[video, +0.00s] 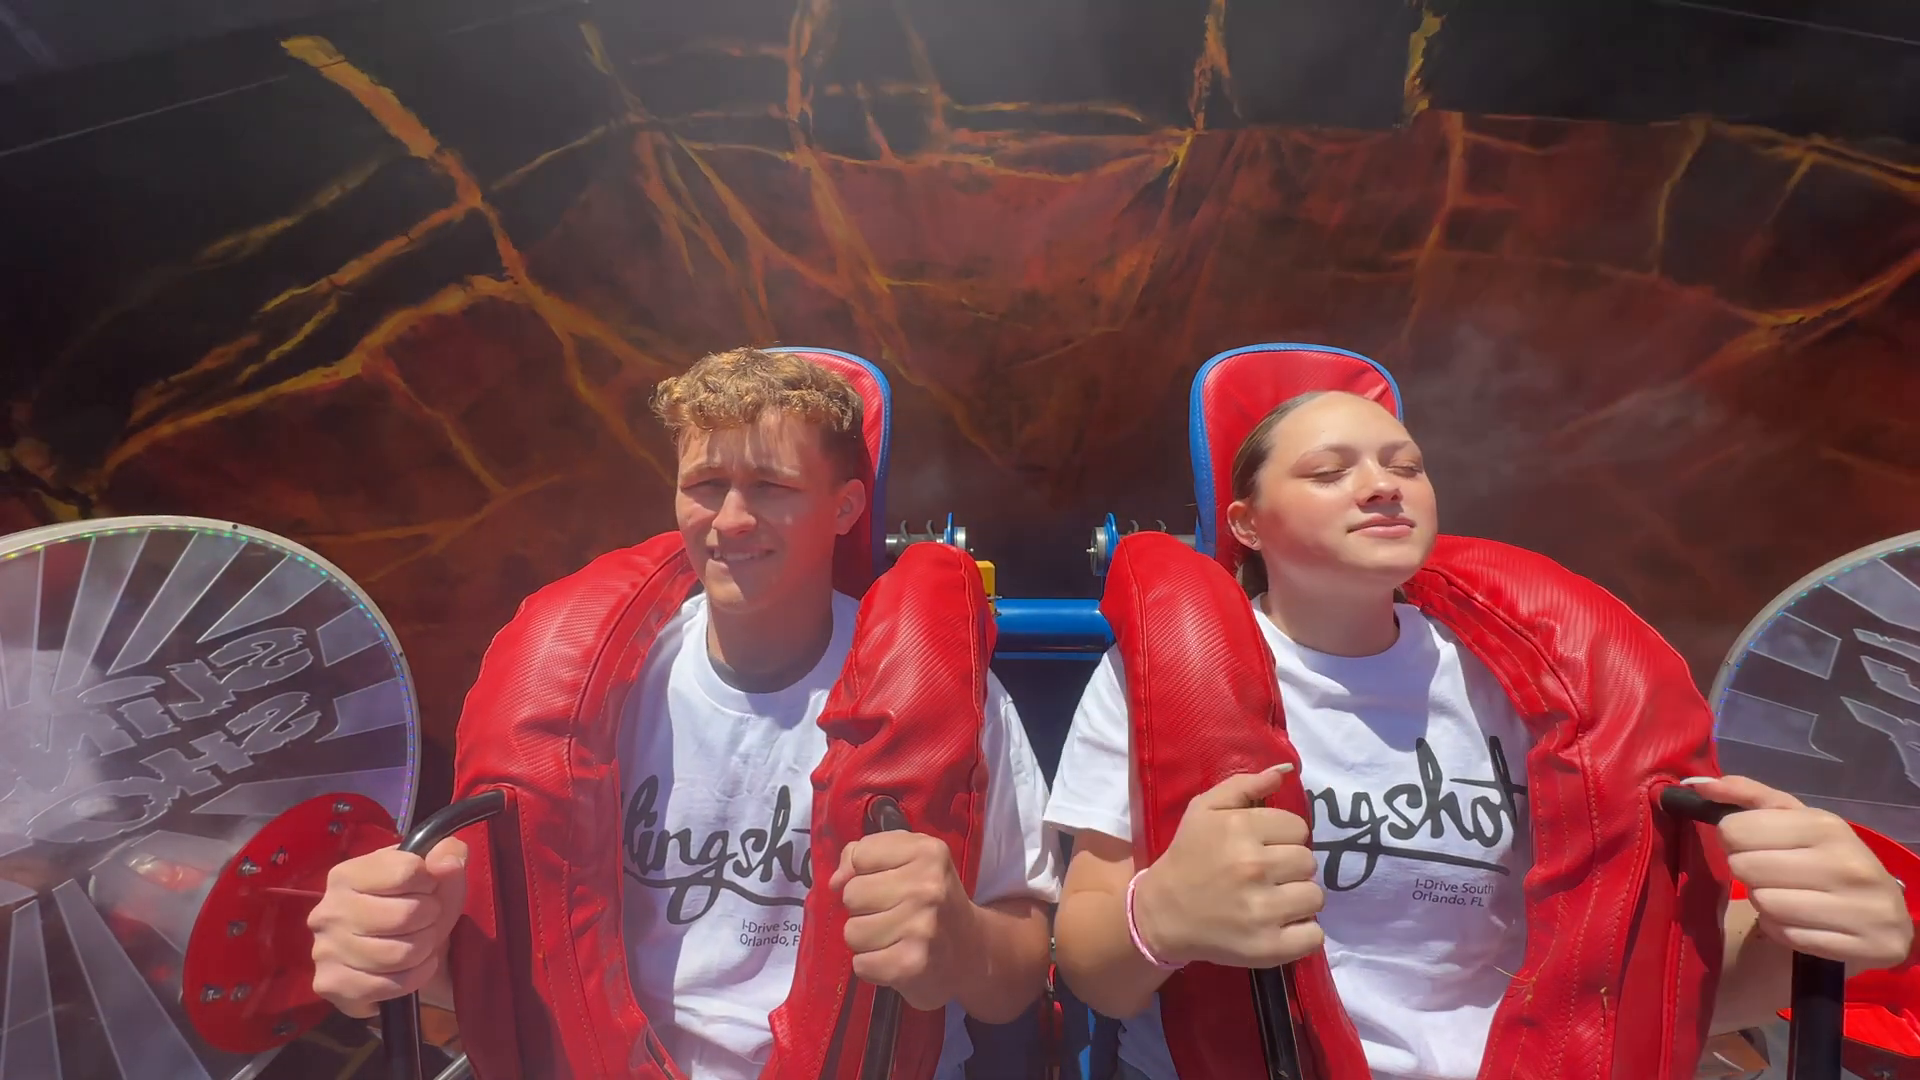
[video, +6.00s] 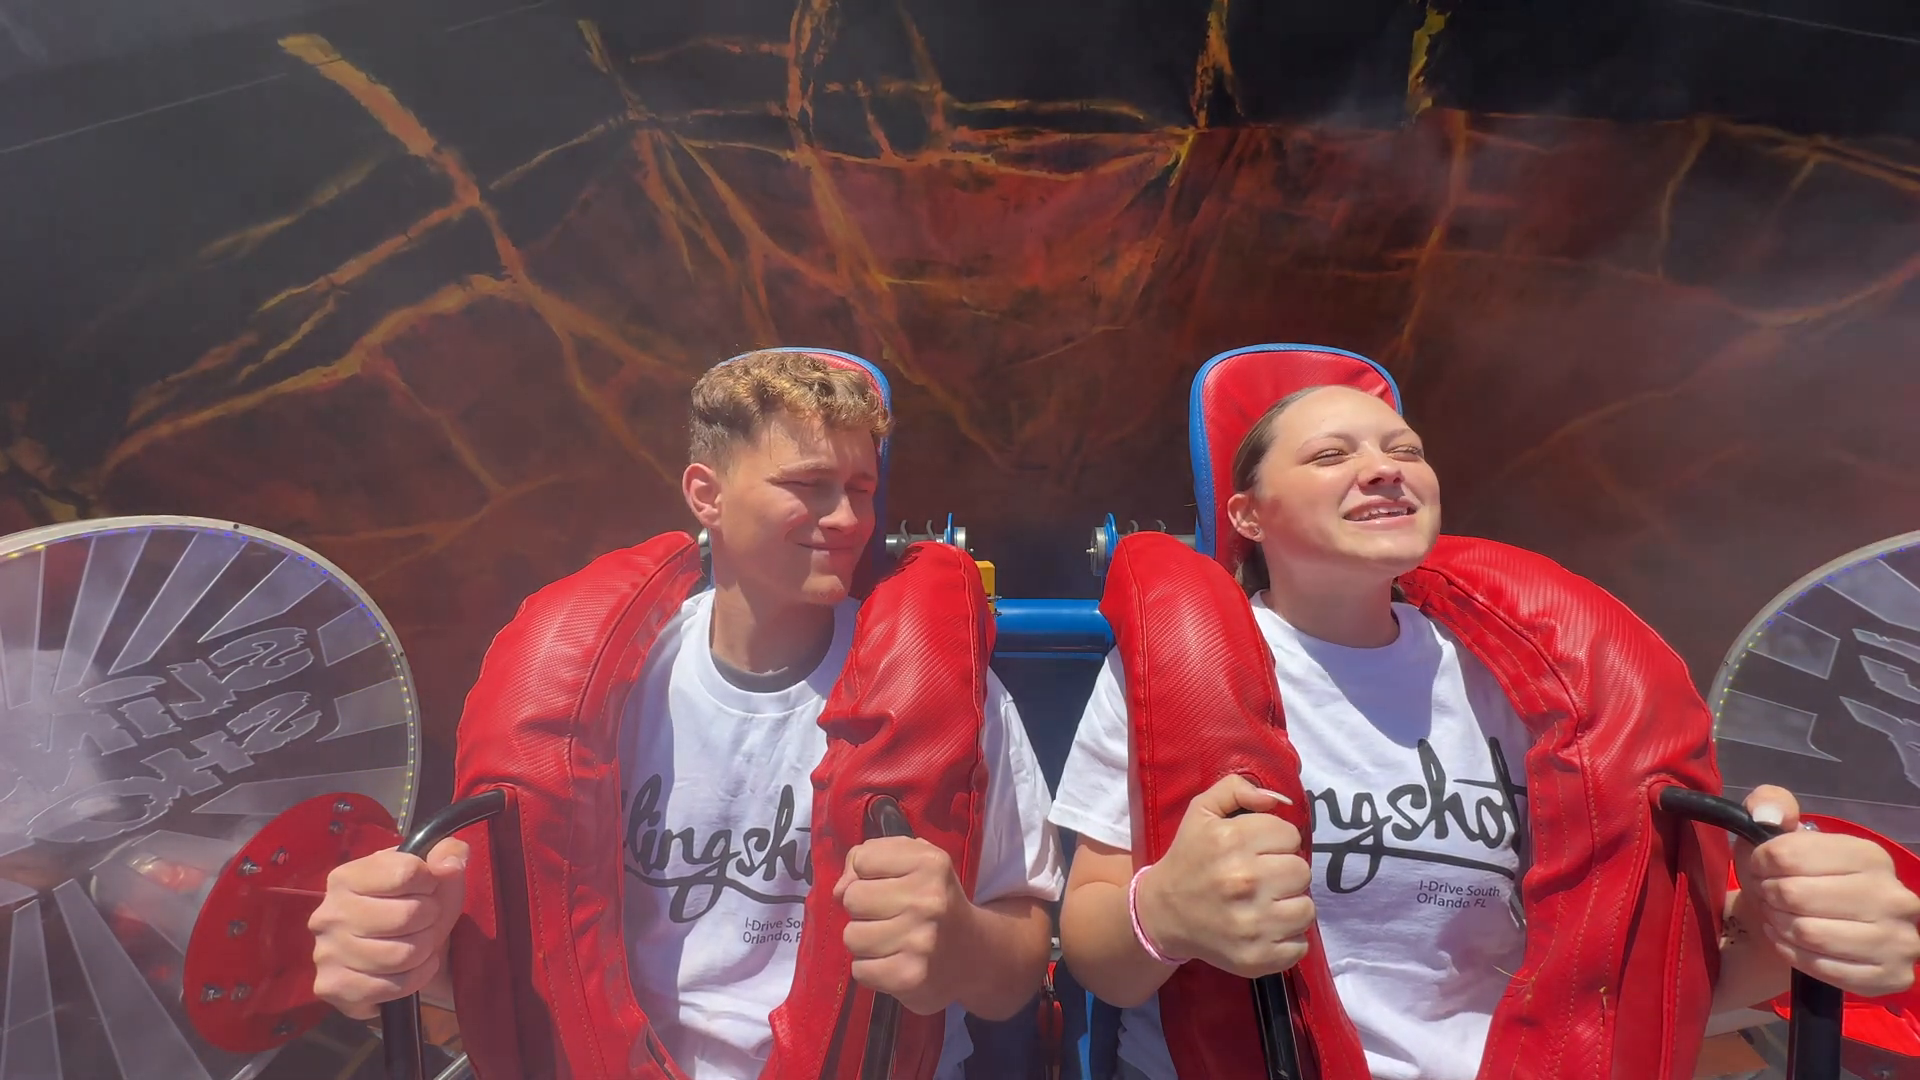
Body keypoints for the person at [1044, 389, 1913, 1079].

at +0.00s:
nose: (1382, 483)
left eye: (1400, 458)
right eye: (1327, 468)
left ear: (1431, 489)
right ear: (1243, 521)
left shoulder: (1533, 666)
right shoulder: (1168, 666)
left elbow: (1658, 971)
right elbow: (1085, 966)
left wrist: (1872, 919)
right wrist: (1153, 918)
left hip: (1518, 1066)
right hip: (1287, 1066)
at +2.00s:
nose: (1386, 483)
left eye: (1402, 459)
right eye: (1331, 467)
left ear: (1432, 493)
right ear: (1245, 522)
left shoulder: (1529, 664)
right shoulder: (1172, 663)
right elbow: (1083, 954)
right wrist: (1162, 912)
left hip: (1510, 1055)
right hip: (1291, 1055)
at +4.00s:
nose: (1381, 487)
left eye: (1400, 460)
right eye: (1329, 470)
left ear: (1432, 486)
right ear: (1246, 521)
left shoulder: (1532, 664)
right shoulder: (1173, 663)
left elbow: (1651, 924)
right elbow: (1089, 957)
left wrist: (1756, 899)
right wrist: (1162, 910)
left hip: (1507, 1068)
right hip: (1287, 1066)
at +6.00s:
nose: (1384, 467)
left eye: (1399, 444)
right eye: (1329, 453)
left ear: (1433, 482)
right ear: (1245, 515)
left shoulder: (1531, 665)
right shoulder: (1174, 662)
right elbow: (1088, 953)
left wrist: (1770, 918)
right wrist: (1158, 914)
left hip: (1506, 1067)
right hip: (1283, 1065)